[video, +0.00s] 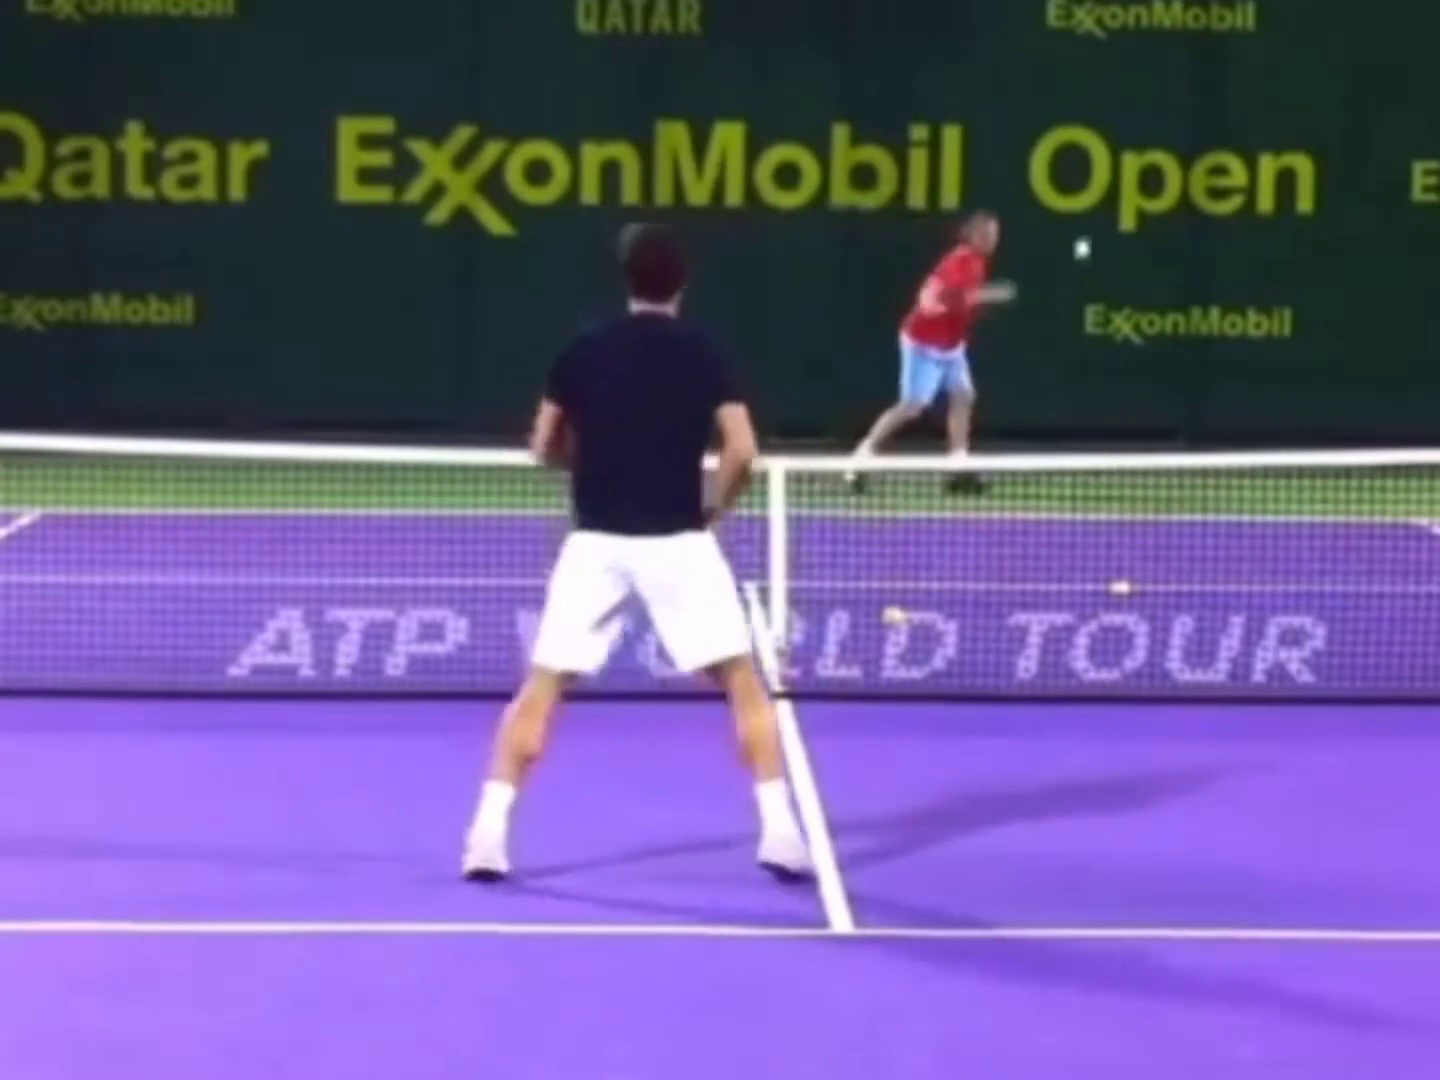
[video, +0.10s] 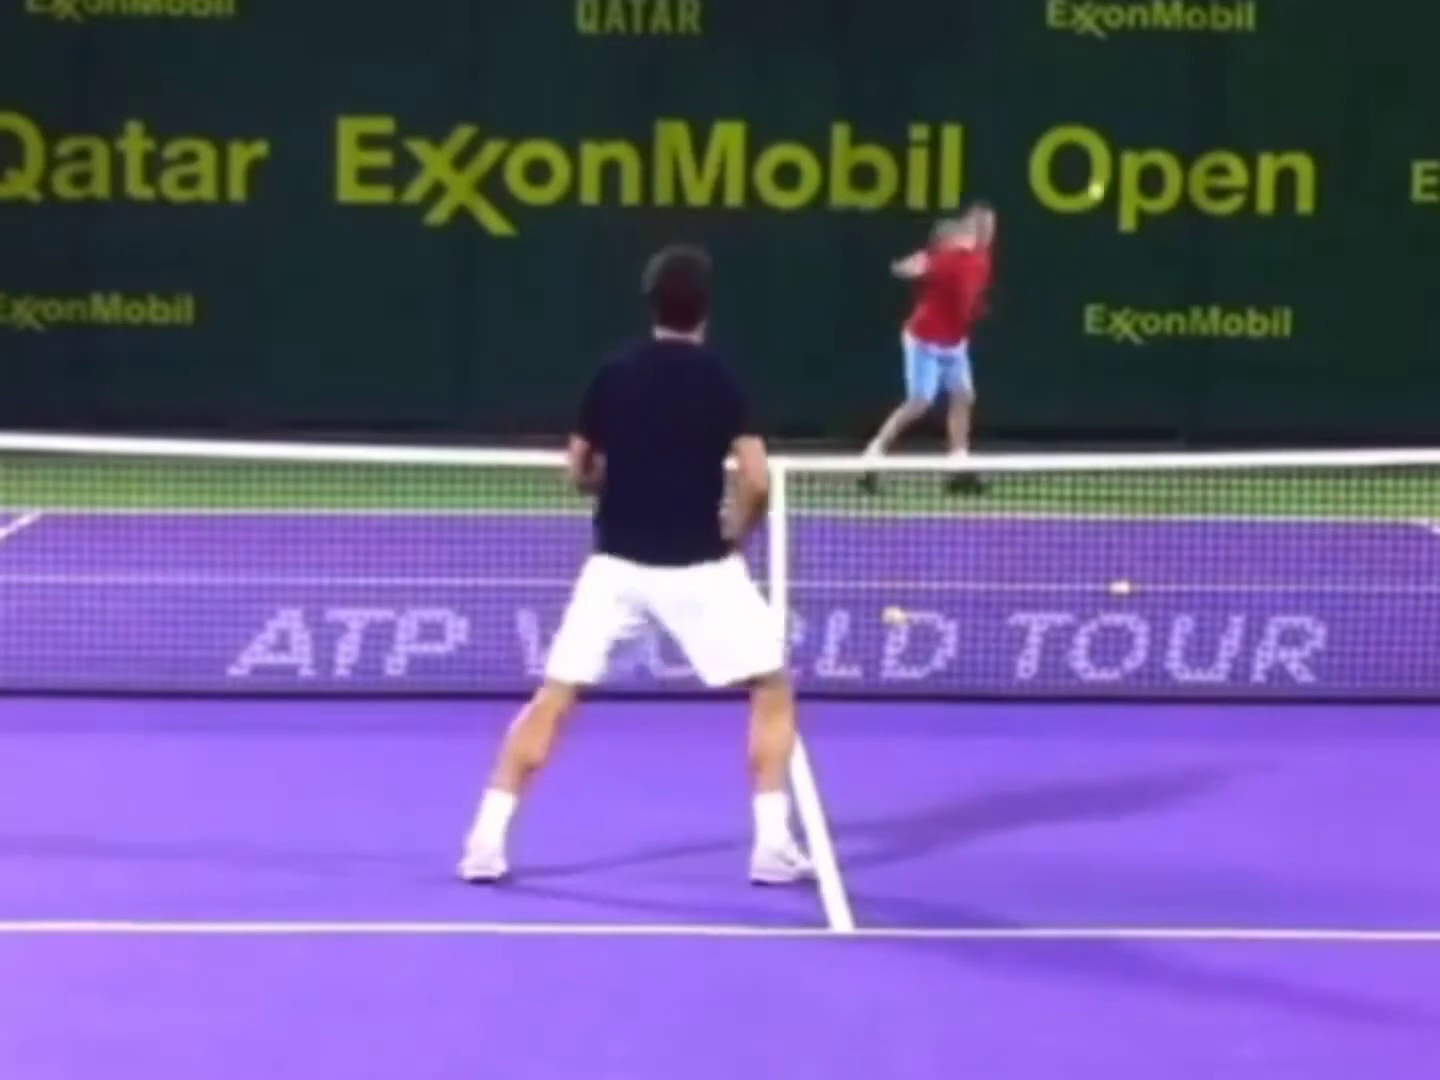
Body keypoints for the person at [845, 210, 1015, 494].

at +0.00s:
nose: (992, 241)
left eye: (994, 234)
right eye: (986, 234)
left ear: (993, 237)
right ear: (971, 235)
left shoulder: (977, 263)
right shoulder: (958, 260)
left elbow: (962, 294)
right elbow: (930, 296)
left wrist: (991, 296)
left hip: (951, 343)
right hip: (922, 342)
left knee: (963, 396)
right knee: (913, 404)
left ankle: (959, 461)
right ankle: (862, 453)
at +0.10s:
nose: (983, 233)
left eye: (987, 227)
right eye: (978, 226)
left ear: (992, 230)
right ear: (966, 226)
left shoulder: (982, 258)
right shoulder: (949, 252)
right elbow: (923, 262)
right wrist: (909, 267)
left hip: (955, 339)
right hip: (923, 337)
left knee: (962, 398)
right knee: (920, 400)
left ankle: (959, 462)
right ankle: (872, 455)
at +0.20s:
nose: (977, 225)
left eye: (981, 220)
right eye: (972, 219)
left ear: (988, 224)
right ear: (961, 220)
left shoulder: (983, 252)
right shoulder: (942, 246)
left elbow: (983, 294)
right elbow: (906, 258)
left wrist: (1005, 324)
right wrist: (887, 254)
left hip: (955, 336)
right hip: (922, 333)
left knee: (962, 397)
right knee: (922, 398)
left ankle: (959, 463)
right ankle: (881, 454)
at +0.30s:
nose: (968, 223)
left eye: (973, 217)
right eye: (963, 216)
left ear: (979, 221)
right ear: (954, 219)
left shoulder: (981, 256)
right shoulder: (935, 246)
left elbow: (988, 297)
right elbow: (897, 259)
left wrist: (1010, 331)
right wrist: (882, 259)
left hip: (953, 337)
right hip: (917, 333)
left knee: (960, 399)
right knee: (916, 396)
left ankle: (959, 464)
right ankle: (879, 452)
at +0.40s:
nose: (955, 222)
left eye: (961, 216)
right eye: (951, 215)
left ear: (968, 219)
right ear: (941, 217)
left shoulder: (977, 254)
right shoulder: (921, 247)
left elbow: (981, 298)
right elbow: (879, 281)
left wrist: (990, 331)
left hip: (952, 335)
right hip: (912, 333)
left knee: (956, 400)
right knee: (900, 394)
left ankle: (960, 464)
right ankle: (863, 445)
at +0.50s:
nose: (938, 220)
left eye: (942, 213)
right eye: (933, 213)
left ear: (951, 217)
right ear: (925, 216)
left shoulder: (960, 254)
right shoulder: (910, 248)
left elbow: (968, 290)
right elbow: (878, 279)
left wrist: (962, 320)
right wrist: (880, 306)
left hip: (941, 338)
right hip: (902, 336)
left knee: (954, 401)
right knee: (888, 393)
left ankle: (956, 459)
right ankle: (861, 448)